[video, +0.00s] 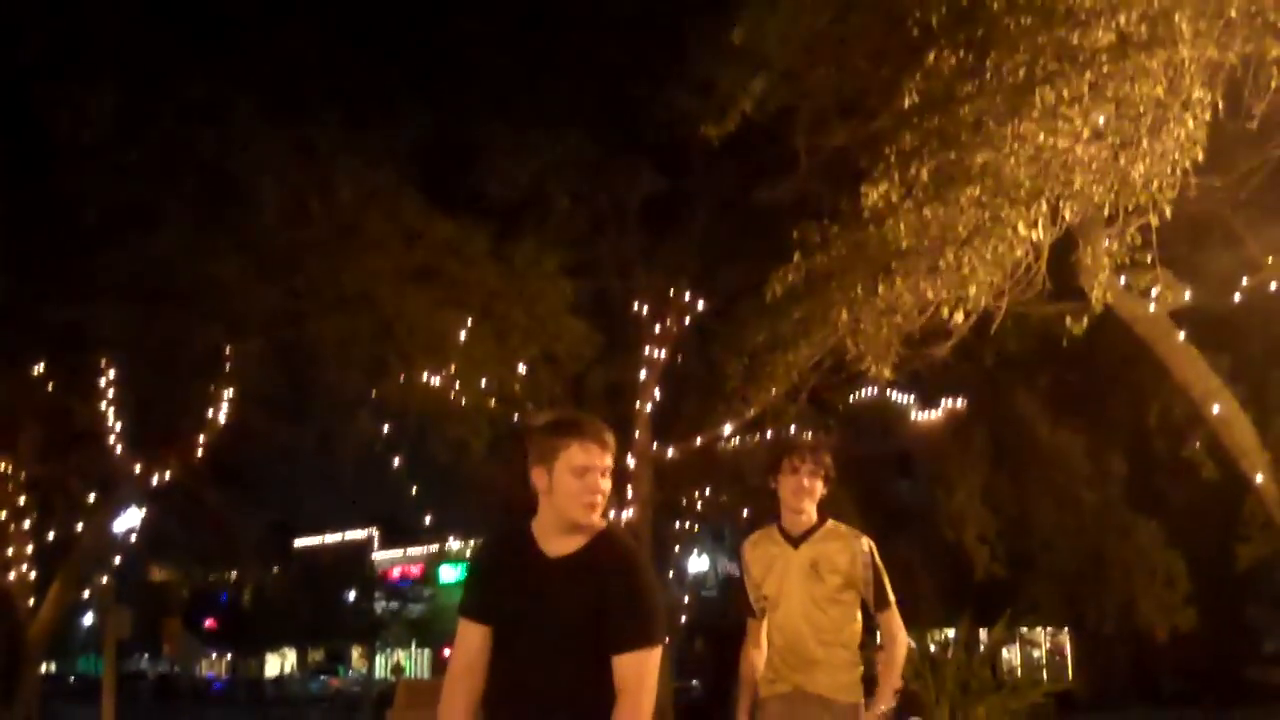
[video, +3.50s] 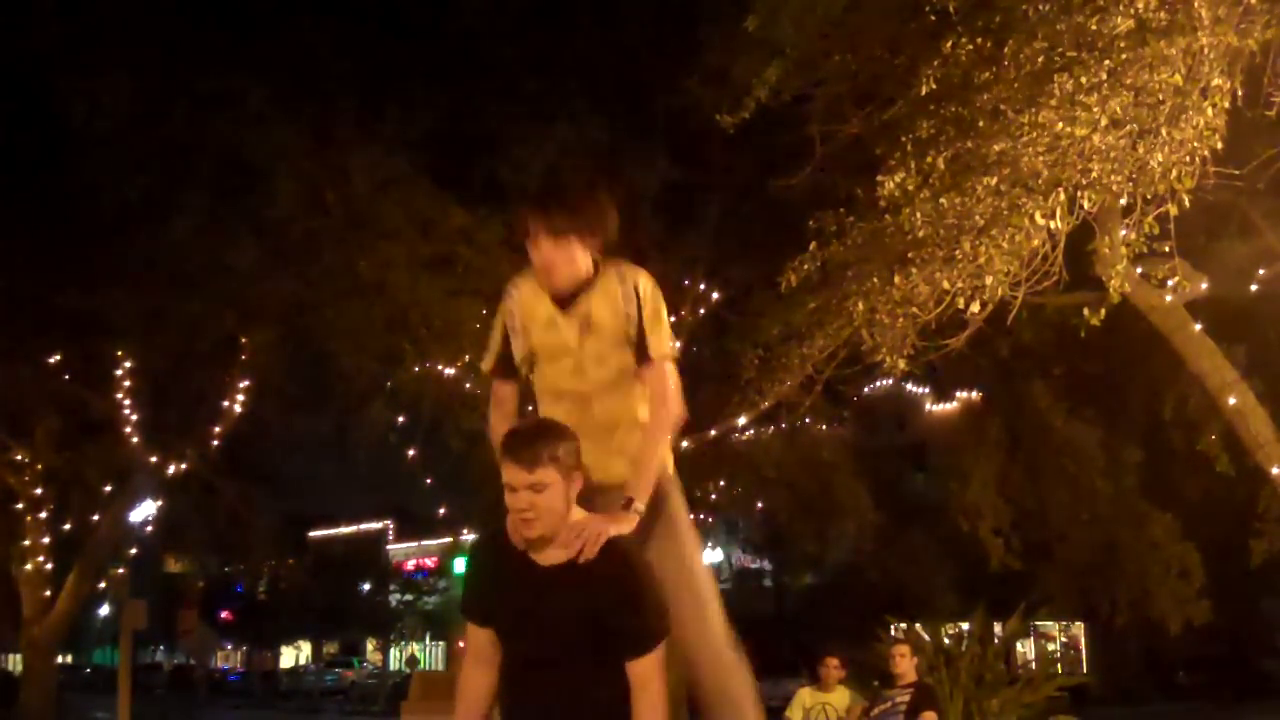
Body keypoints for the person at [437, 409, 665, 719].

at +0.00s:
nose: (599, 486)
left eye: (605, 473)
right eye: (581, 472)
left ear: (612, 478)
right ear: (540, 478)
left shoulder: (624, 567)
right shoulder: (498, 555)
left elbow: (636, 699)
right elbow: (465, 672)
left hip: (588, 711)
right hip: (506, 711)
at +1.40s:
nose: (560, 505)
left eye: (572, 489)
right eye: (545, 491)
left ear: (596, 473)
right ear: (525, 478)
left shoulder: (629, 554)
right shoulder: (500, 557)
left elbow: (646, 675)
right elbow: (466, 670)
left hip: (602, 713)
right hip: (518, 712)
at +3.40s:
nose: (523, 507)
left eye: (539, 491)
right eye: (513, 492)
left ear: (575, 482)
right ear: (503, 487)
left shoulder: (624, 556)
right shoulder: (495, 556)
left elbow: (649, 691)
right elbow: (480, 672)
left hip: (605, 713)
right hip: (521, 712)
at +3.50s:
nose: (520, 504)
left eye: (537, 489)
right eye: (510, 490)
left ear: (575, 483)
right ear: (501, 486)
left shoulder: (620, 565)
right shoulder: (492, 555)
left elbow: (648, 690)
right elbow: (479, 662)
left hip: (604, 713)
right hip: (521, 712)